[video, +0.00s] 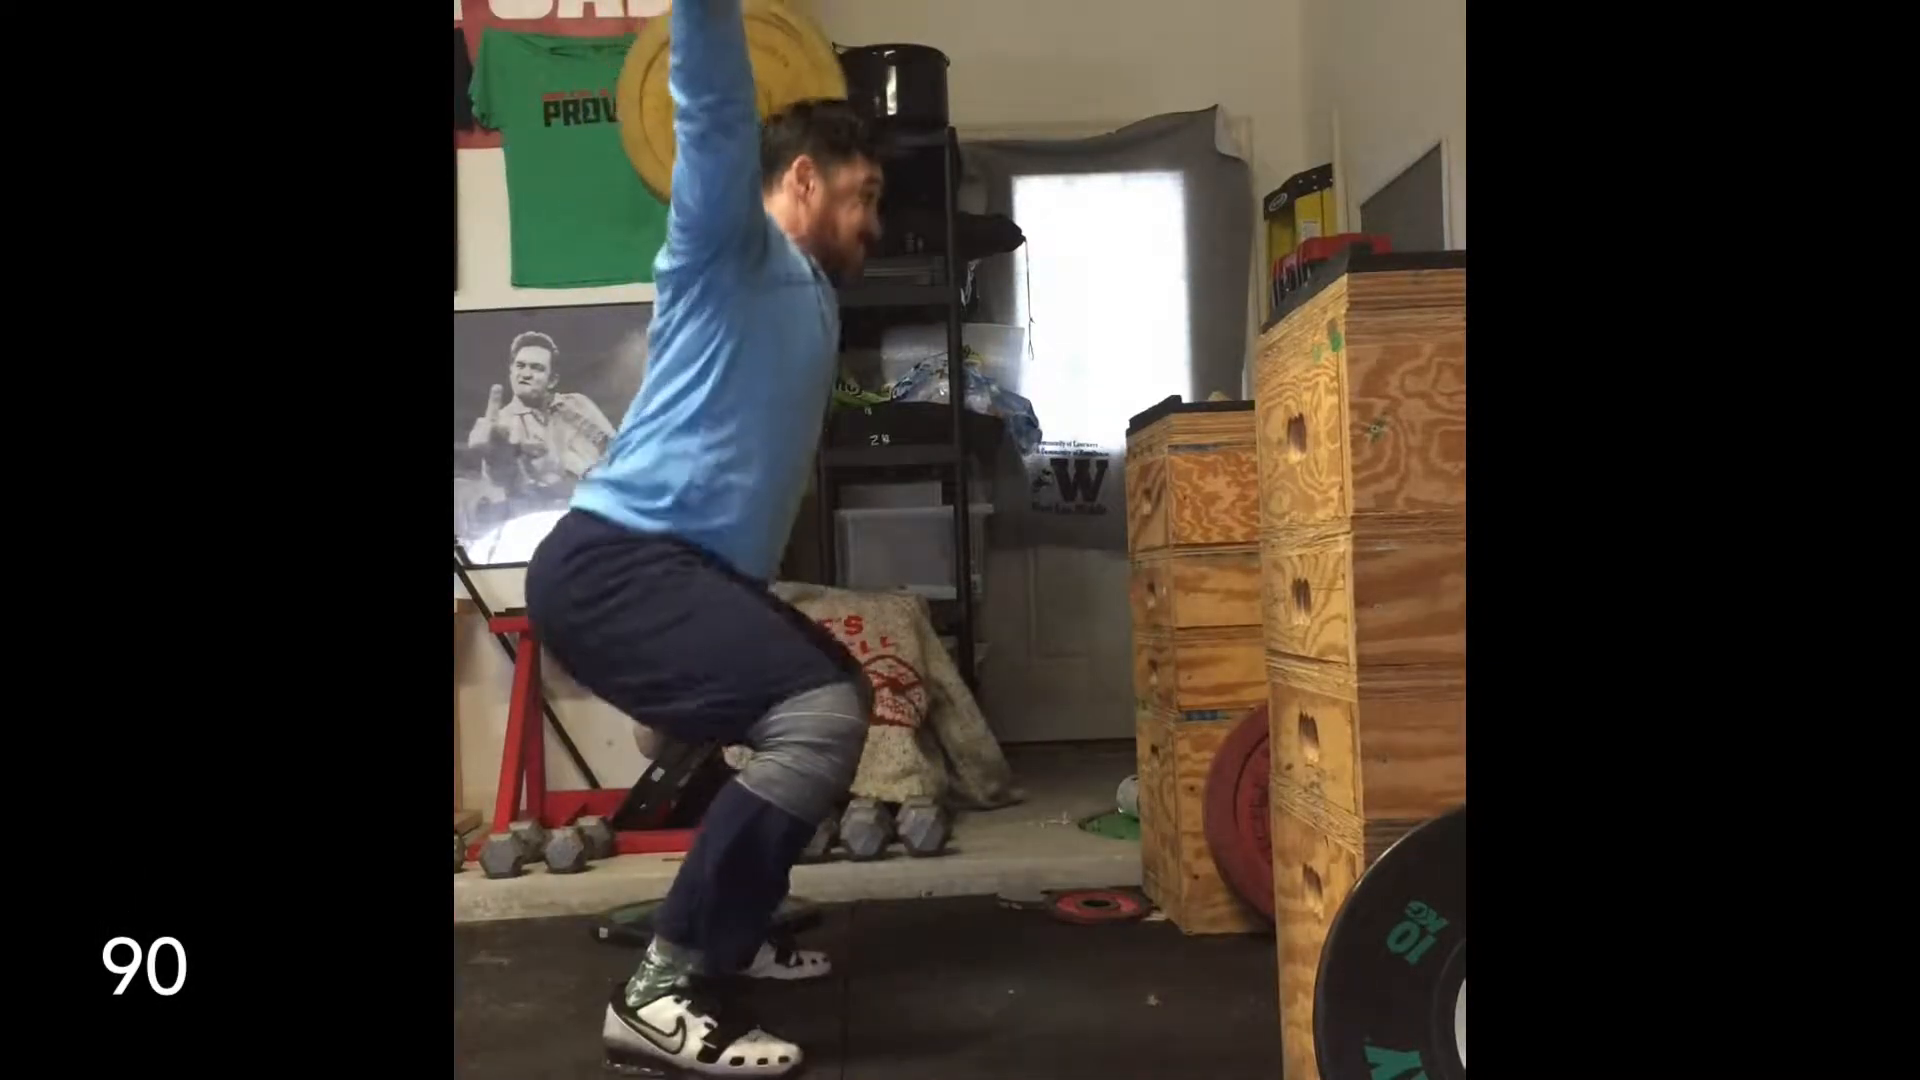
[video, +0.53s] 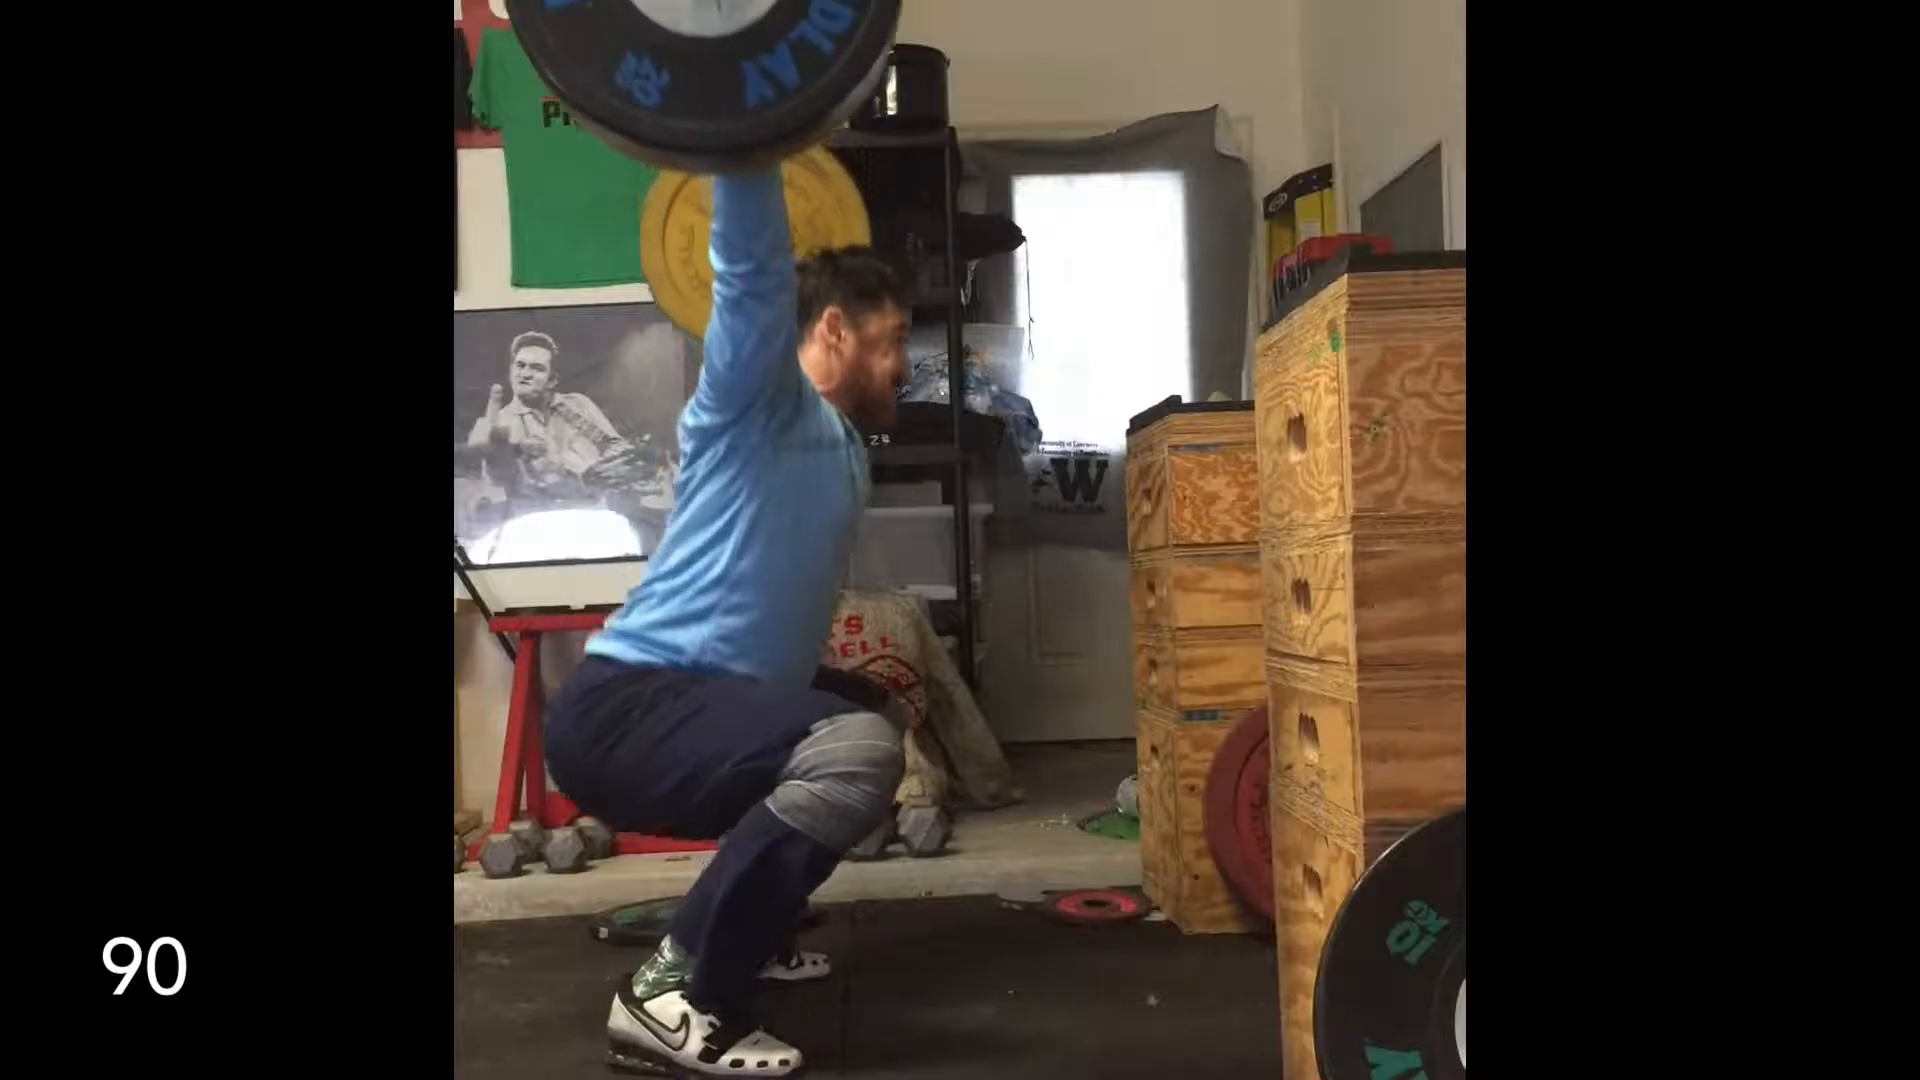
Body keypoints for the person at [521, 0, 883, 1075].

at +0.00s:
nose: (872, 226)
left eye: (876, 206)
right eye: (863, 200)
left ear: (822, 194)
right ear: (799, 179)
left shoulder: (810, 295)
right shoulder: (726, 246)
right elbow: (711, 104)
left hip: (695, 568)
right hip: (616, 559)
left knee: (833, 694)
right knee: (816, 716)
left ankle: (736, 922)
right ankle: (666, 984)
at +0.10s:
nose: (874, 253)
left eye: (876, 233)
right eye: (864, 228)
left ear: (822, 225)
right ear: (800, 213)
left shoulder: (804, 326)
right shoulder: (729, 282)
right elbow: (721, 141)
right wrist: (711, 18)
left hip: (693, 594)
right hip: (612, 588)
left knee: (833, 697)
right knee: (818, 720)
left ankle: (733, 914)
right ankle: (666, 987)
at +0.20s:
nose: (877, 277)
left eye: (879, 257)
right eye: (867, 253)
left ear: (821, 247)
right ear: (804, 237)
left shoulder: (811, 348)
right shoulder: (734, 309)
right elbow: (727, 173)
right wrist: (717, 40)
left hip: (697, 613)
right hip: (614, 611)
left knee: (842, 703)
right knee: (827, 730)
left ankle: (739, 915)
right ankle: (665, 987)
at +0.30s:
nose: (887, 302)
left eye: (888, 282)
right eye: (876, 278)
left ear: (828, 274)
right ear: (814, 265)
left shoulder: (820, 377)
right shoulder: (743, 331)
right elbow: (737, 196)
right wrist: (726, 51)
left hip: (703, 640)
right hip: (616, 635)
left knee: (848, 704)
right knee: (831, 736)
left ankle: (744, 917)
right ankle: (667, 986)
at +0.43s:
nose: (895, 339)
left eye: (898, 319)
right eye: (885, 315)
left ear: (837, 311)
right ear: (825, 304)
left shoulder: (835, 421)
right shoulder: (750, 373)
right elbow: (745, 238)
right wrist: (730, 89)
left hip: (707, 669)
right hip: (621, 671)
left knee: (864, 714)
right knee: (840, 745)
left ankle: (750, 922)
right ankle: (675, 987)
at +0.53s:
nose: (904, 365)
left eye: (904, 346)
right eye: (891, 343)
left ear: (842, 342)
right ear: (831, 335)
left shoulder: (839, 449)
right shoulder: (754, 404)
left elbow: (765, 622)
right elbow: (750, 272)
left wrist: (849, 682)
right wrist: (738, 128)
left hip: (712, 701)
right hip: (627, 704)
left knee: (870, 725)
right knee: (851, 753)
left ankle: (748, 928)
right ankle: (678, 988)